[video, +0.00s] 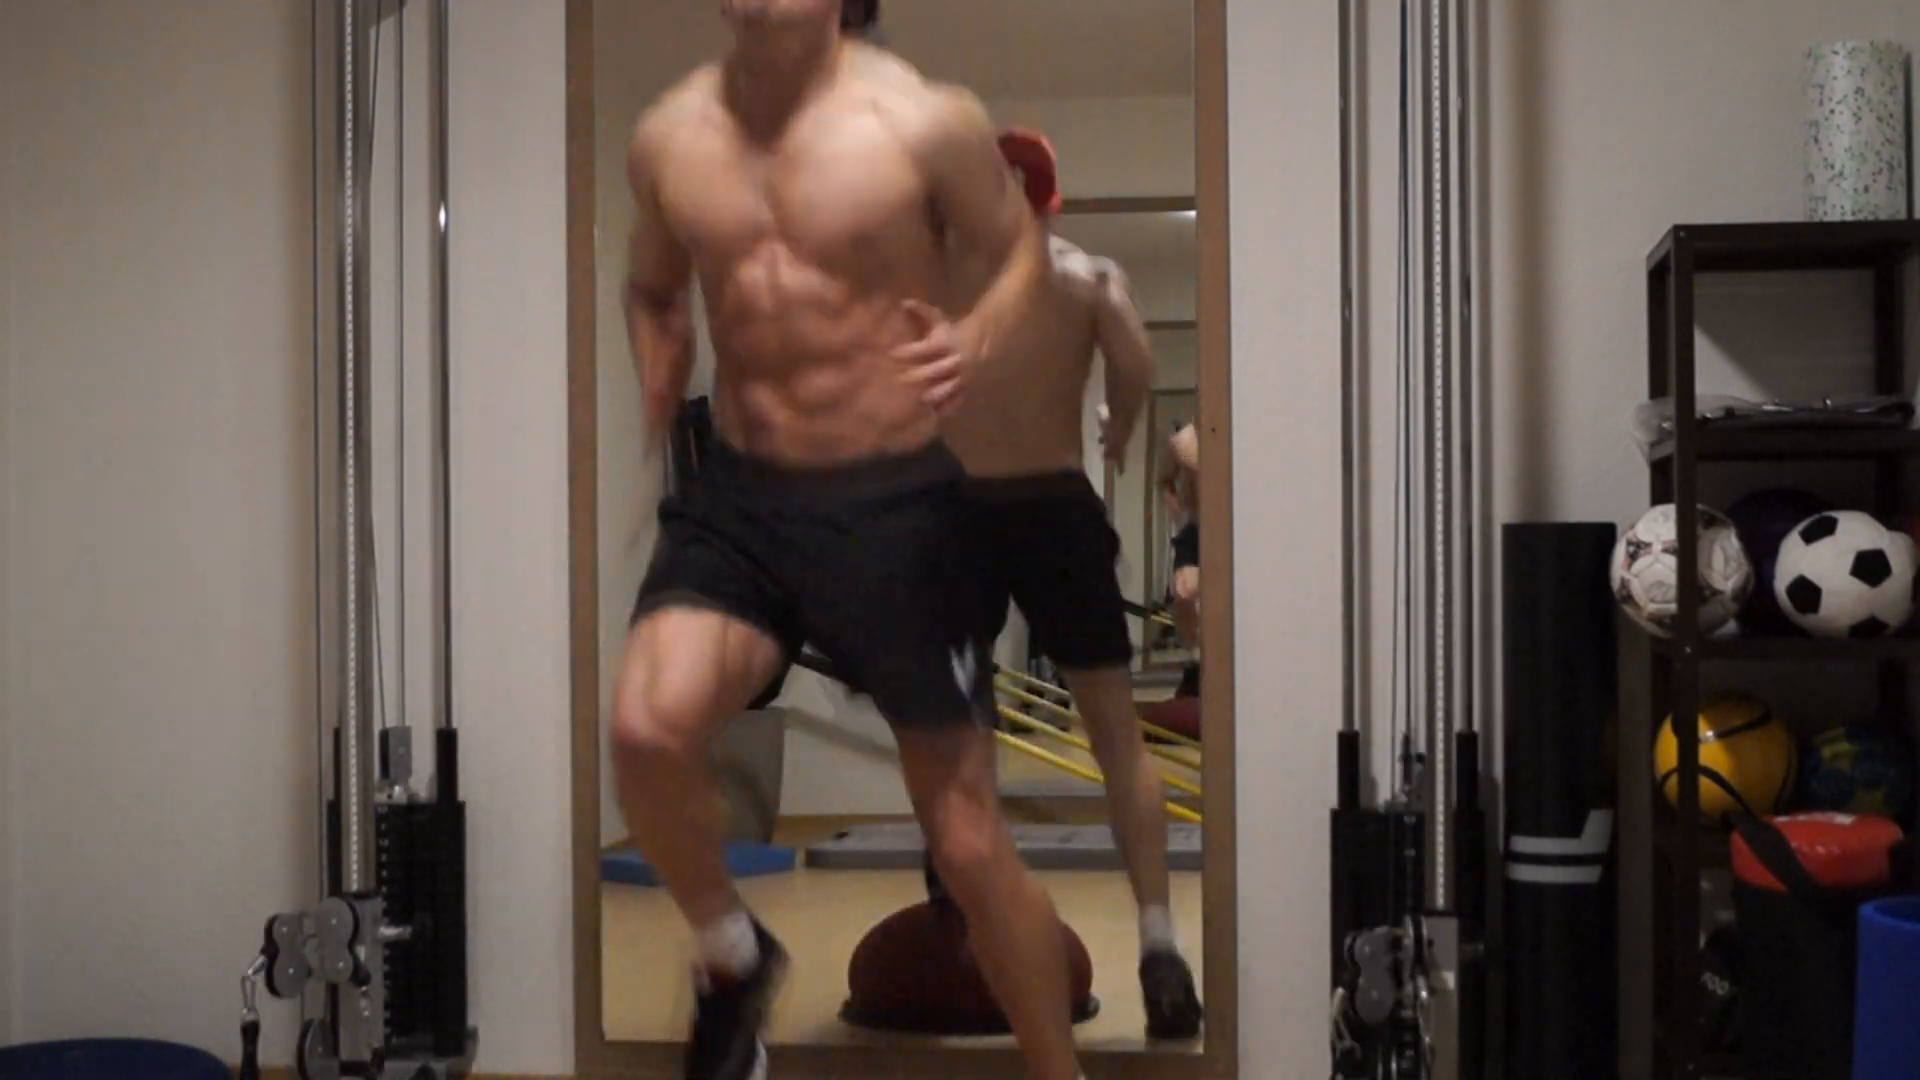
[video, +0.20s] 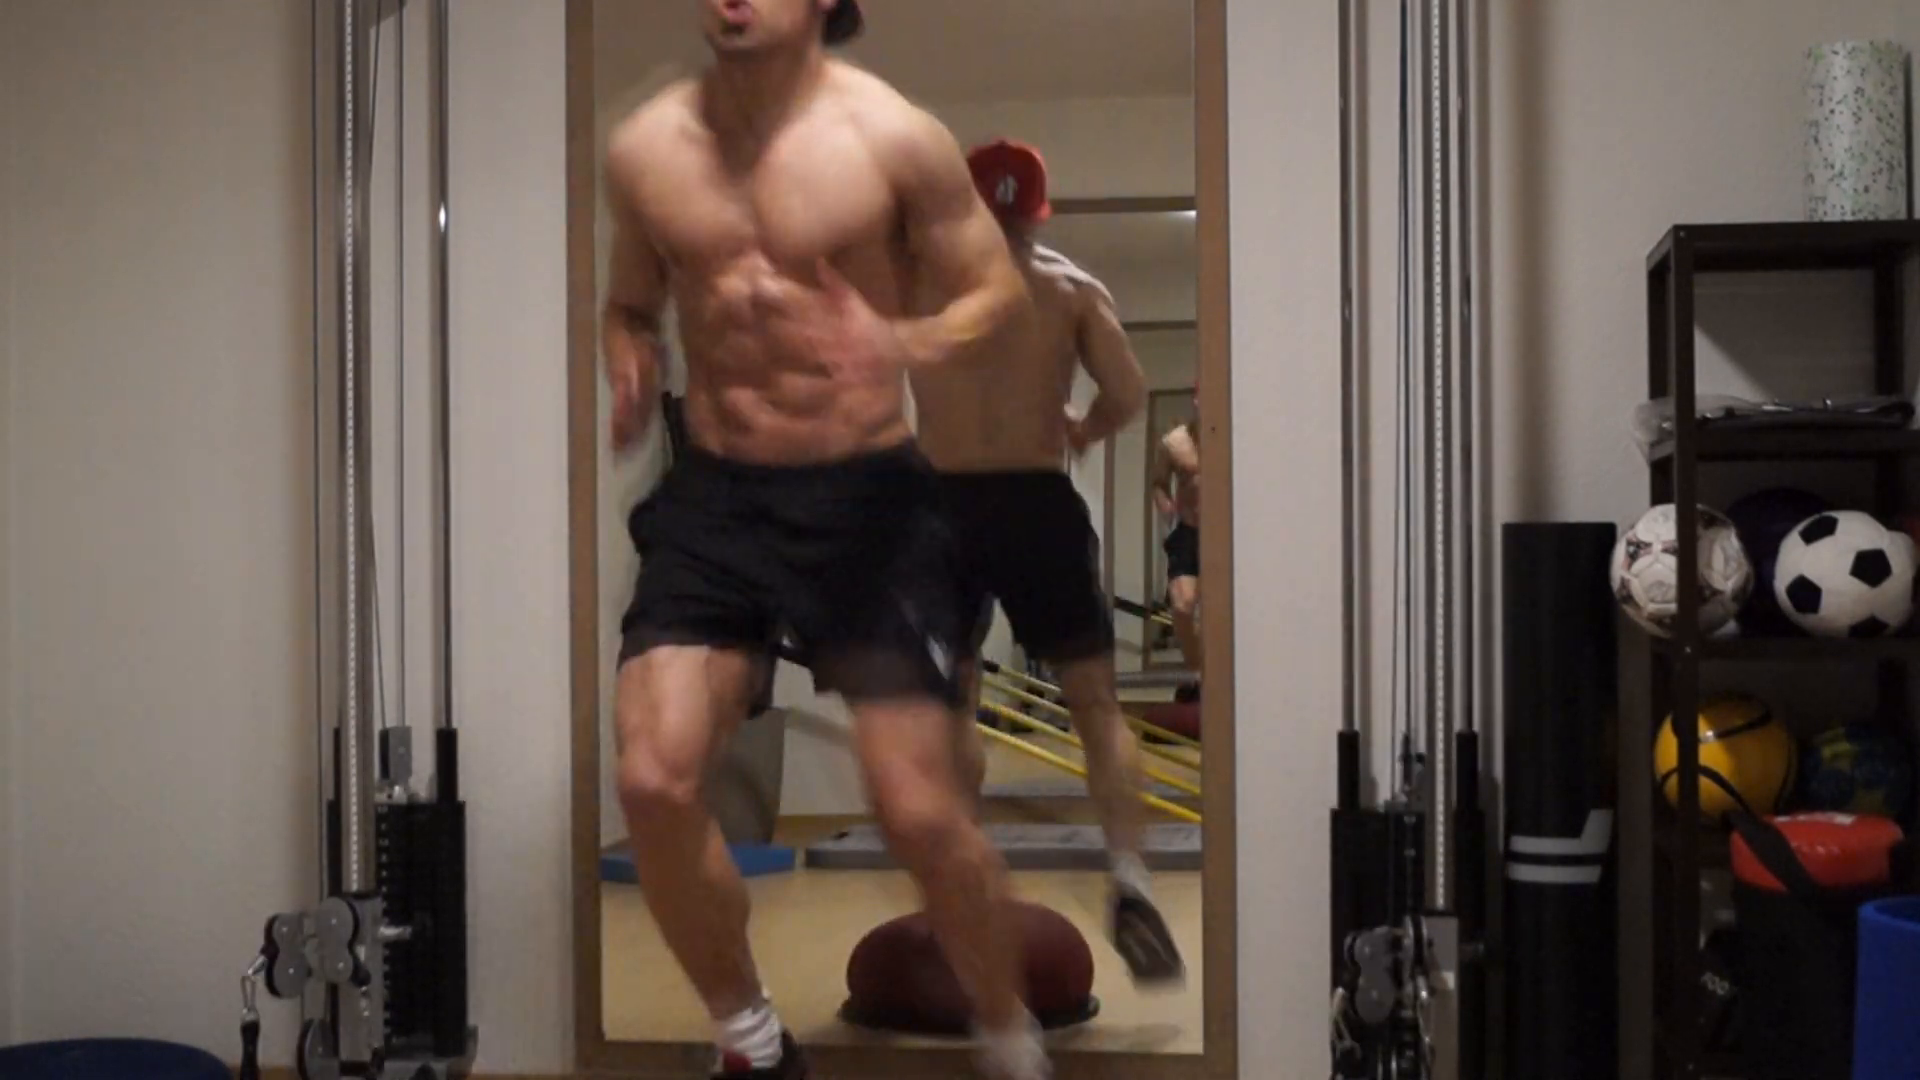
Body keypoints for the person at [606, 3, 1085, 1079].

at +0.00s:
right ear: (723, 2)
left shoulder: (928, 120)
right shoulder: (671, 135)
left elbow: (1015, 253)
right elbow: (656, 291)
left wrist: (970, 342)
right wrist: (664, 413)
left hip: (899, 510)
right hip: (742, 505)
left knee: (966, 848)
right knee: (647, 731)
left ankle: (1056, 1069)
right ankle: (731, 958)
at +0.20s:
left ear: (824, 5)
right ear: (706, 7)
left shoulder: (893, 134)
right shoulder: (646, 148)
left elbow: (995, 288)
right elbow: (630, 306)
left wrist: (916, 339)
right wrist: (631, 367)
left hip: (870, 504)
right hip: (715, 504)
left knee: (919, 813)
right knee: (651, 783)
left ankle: (1013, 1049)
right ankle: (750, 1043)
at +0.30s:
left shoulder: (865, 103)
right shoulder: (607, 112)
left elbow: (968, 221)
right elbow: (583, 270)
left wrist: (934, 339)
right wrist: (591, 339)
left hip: (827, 452)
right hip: (675, 450)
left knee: (793, 719)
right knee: (555, 698)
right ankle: (676, 958)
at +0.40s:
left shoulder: (841, 104)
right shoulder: (587, 117)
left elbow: (940, 256)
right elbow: (557, 261)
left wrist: (862, 296)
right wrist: (550, 386)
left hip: (792, 472)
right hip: (641, 458)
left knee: (733, 784)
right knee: (501, 716)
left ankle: (737, 1042)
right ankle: (567, 977)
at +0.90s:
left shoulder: (853, 96)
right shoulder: (585, 107)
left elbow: (937, 216)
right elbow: (546, 271)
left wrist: (917, 338)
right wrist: (596, 359)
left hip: (817, 440)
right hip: (660, 458)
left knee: (865, 706)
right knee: (661, 774)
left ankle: (889, 959)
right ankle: (719, 1044)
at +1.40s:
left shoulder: (838, 62)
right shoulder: (578, 69)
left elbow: (934, 177)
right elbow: (551, 227)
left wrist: (898, 289)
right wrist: (577, 308)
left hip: (790, 406)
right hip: (644, 412)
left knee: (747, 691)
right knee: (576, 690)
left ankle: (800, 962)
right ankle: (667, 969)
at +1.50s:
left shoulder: (805, 67)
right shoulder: (563, 73)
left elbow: (895, 245)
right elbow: (541, 206)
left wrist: (771, 239)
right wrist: (522, 337)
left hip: (747, 435)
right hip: (599, 422)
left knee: (690, 760)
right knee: (489, 705)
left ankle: (735, 1046)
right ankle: (526, 970)